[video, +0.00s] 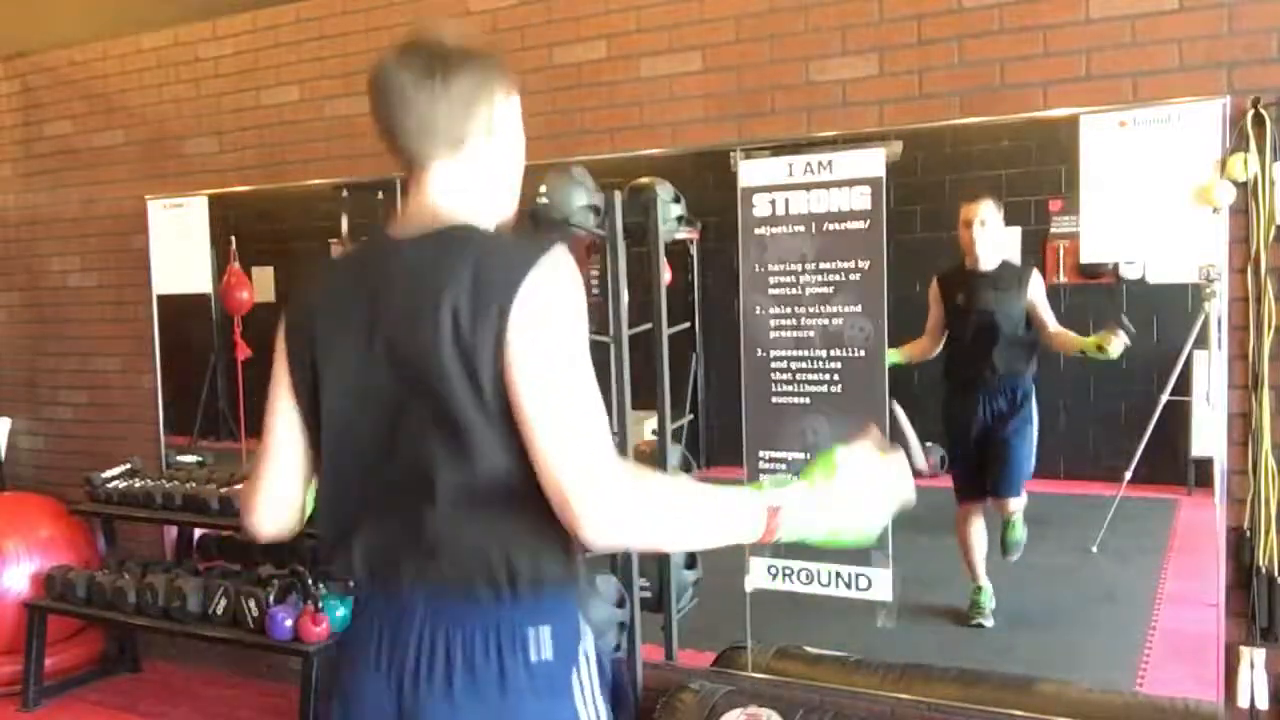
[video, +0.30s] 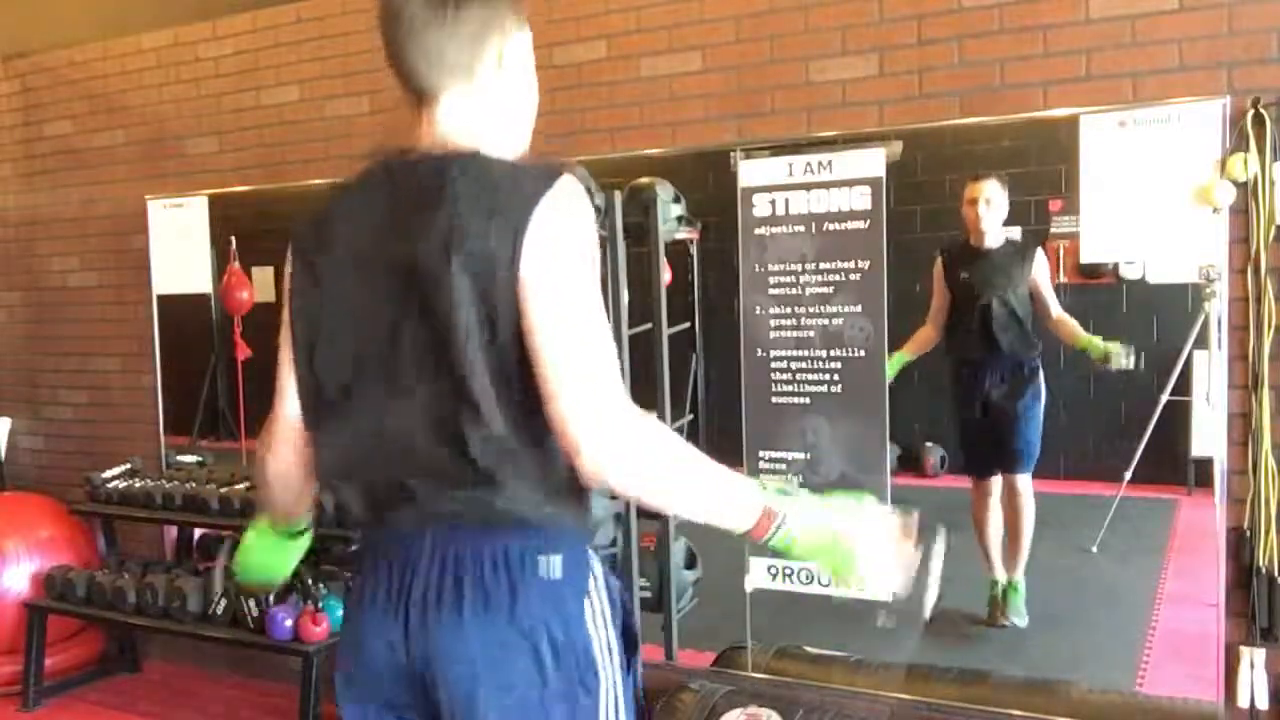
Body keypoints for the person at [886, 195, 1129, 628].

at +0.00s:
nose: (973, 233)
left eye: (983, 224)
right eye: (967, 225)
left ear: (1000, 229)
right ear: (958, 231)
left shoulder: (1026, 281)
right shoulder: (944, 284)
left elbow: (1052, 334)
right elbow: (931, 341)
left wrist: (1090, 344)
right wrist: (893, 354)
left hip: (1015, 398)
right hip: (964, 399)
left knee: (1006, 498)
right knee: (969, 502)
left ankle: (1013, 516)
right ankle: (980, 590)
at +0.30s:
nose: (977, 211)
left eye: (987, 203)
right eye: (971, 202)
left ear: (1005, 209)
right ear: (962, 209)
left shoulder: (1029, 258)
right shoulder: (948, 262)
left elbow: (1054, 316)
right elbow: (934, 326)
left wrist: (1093, 345)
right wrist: (895, 360)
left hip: (1021, 377)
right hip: (971, 379)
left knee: (1017, 479)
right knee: (984, 483)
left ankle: (1016, 585)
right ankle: (996, 582)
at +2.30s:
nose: (984, 209)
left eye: (994, 201)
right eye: (978, 200)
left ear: (1012, 207)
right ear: (968, 206)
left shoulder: (1034, 257)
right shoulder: (952, 258)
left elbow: (1055, 319)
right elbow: (938, 320)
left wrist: (1094, 355)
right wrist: (902, 358)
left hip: (1020, 374)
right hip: (969, 375)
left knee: (1009, 478)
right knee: (978, 491)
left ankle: (1003, 578)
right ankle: (1009, 557)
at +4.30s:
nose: (995, 204)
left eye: (1004, 196)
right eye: (989, 196)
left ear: (1021, 201)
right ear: (978, 203)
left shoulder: (1042, 252)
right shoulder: (963, 254)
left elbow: (1070, 312)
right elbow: (943, 315)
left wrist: (1107, 352)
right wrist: (905, 357)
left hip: (1023, 373)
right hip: (971, 372)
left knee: (1013, 476)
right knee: (966, 476)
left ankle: (1008, 577)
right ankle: (972, 571)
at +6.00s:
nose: (997, 220)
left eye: (1006, 212)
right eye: (990, 212)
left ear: (1023, 218)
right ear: (979, 219)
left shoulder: (1045, 270)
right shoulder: (965, 270)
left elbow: (1068, 329)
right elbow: (946, 328)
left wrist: (1105, 351)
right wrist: (903, 351)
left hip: (1021, 390)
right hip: (971, 388)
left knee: (1012, 492)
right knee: (965, 491)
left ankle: (1010, 590)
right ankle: (966, 593)